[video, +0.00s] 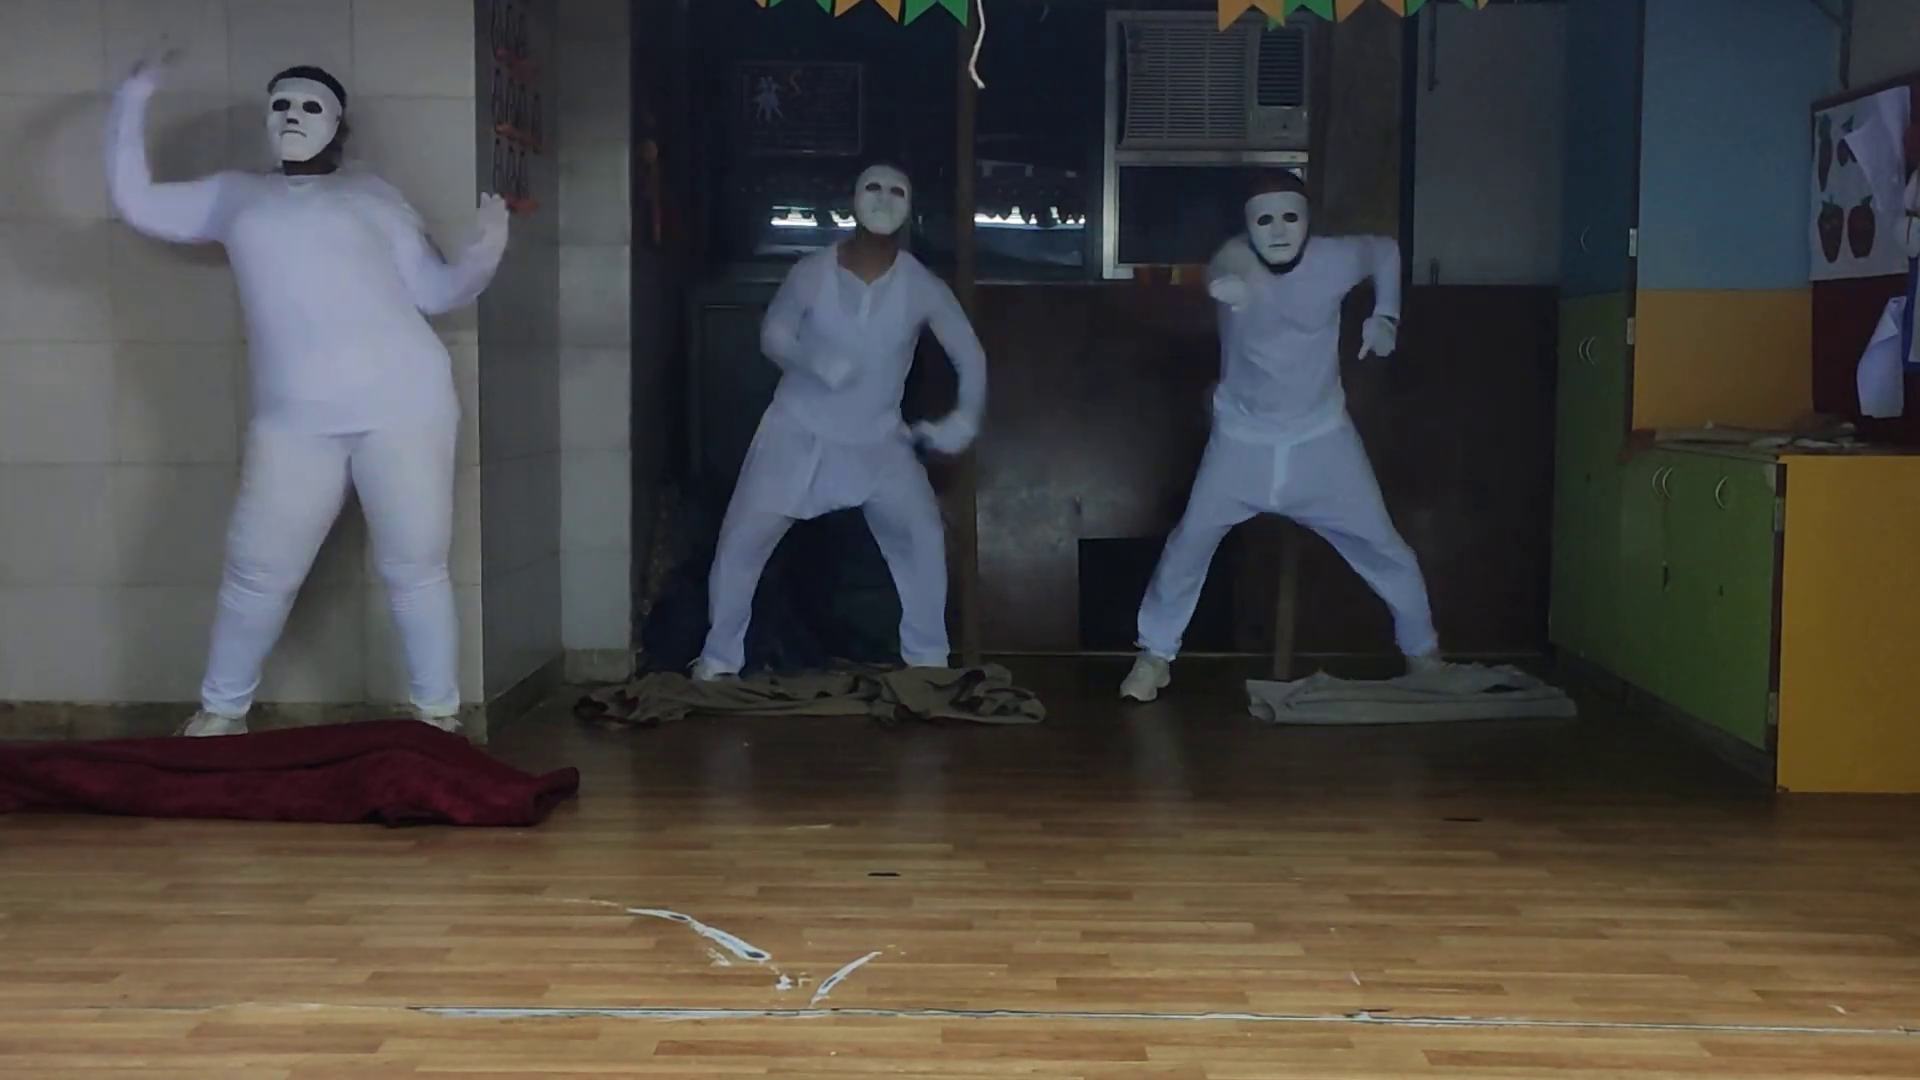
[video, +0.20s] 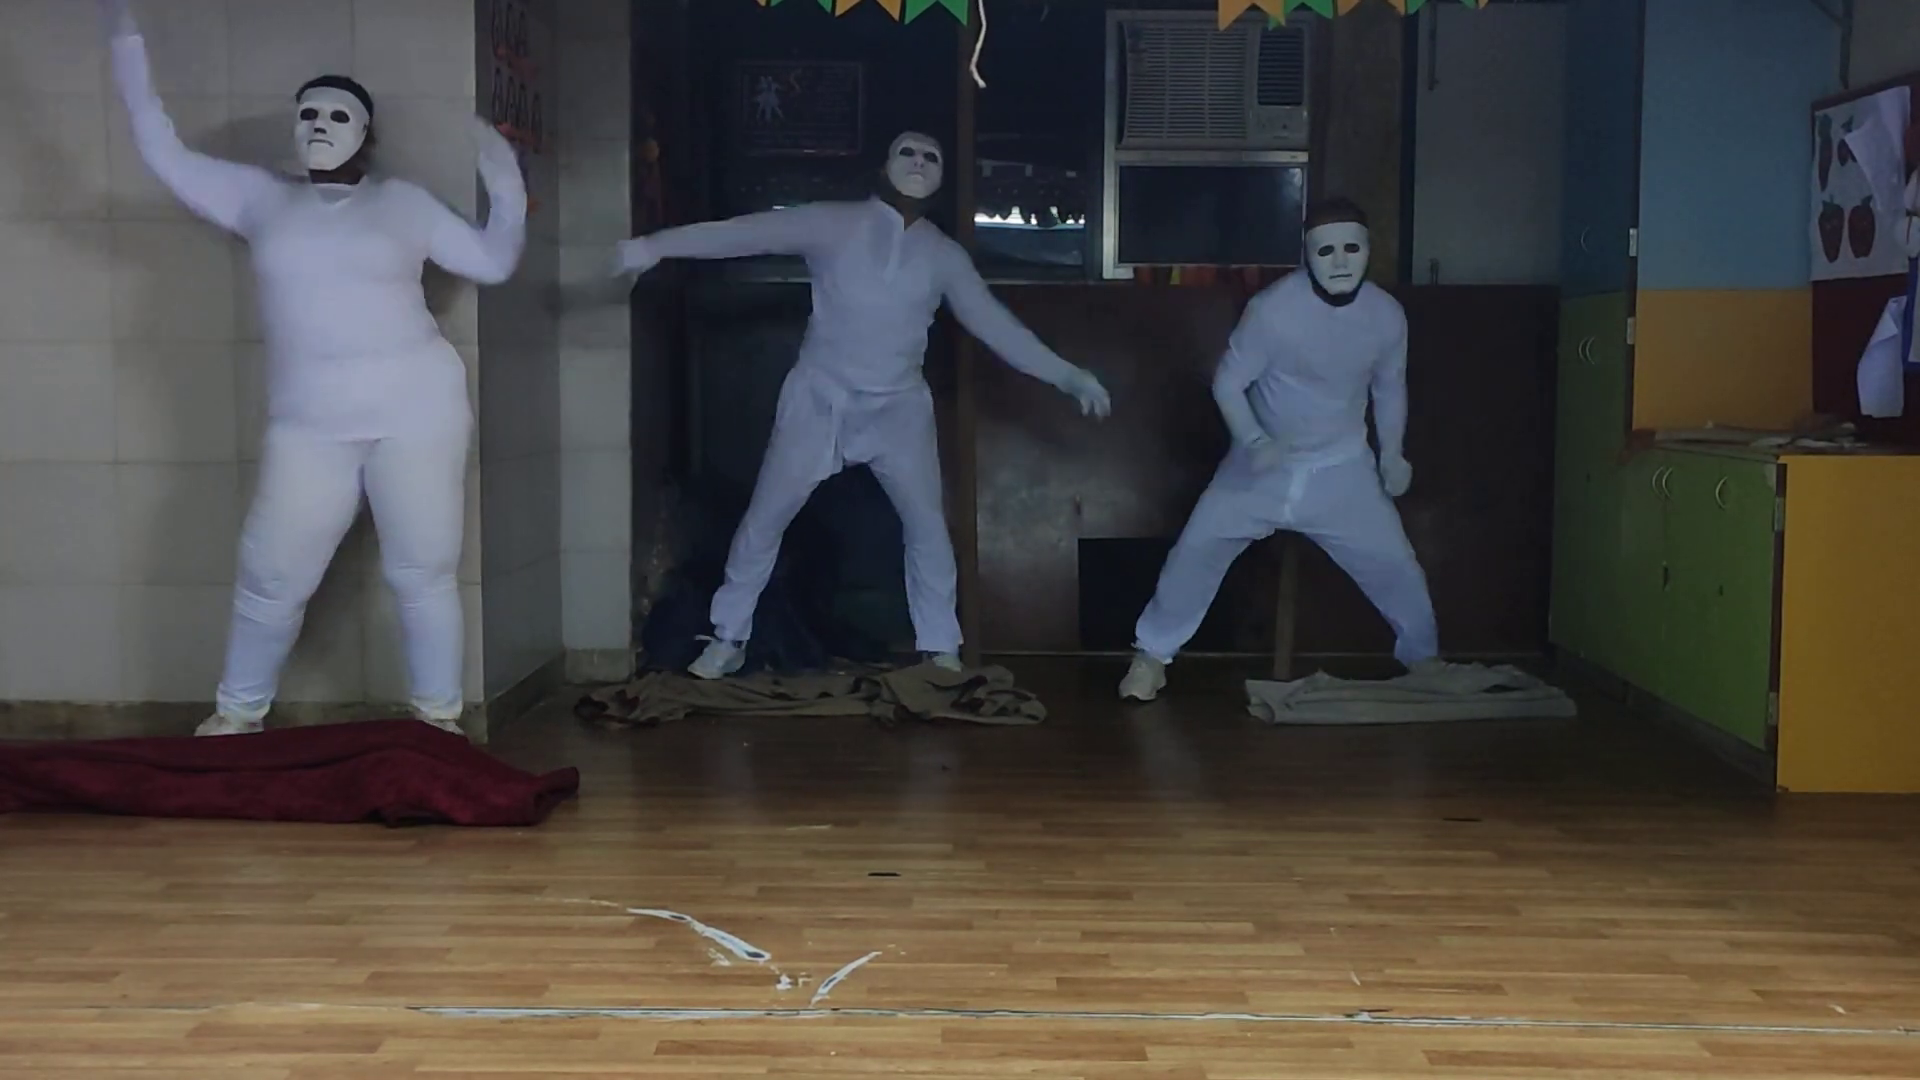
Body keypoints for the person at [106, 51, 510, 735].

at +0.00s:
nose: (292, 118)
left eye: (310, 108)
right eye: (281, 106)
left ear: (338, 123)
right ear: (266, 117)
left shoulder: (376, 199)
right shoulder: (238, 197)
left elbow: (435, 292)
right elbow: (139, 203)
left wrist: (485, 249)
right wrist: (132, 104)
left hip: (404, 408)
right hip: (296, 414)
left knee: (416, 570)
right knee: (257, 573)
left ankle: (439, 719)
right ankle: (220, 717)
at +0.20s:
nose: (322, 128)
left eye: (339, 116)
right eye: (309, 115)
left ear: (367, 130)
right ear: (295, 127)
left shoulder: (404, 206)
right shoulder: (265, 203)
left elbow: (493, 262)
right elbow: (169, 160)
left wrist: (506, 183)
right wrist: (133, 68)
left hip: (414, 414)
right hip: (308, 420)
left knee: (424, 572)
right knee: (271, 573)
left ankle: (439, 719)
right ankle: (239, 715)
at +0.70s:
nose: (303, 127)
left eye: (320, 116)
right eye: (291, 117)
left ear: (347, 130)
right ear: (277, 130)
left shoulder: (389, 212)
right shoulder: (246, 202)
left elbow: (475, 256)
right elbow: (158, 228)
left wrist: (478, 195)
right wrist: (75, 172)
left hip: (346, 418)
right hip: (239, 415)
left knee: (376, 573)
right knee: (237, 572)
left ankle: (431, 716)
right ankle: (247, 716)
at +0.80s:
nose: (307, 106)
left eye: (324, 95)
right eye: (294, 93)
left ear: (349, 109)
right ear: (277, 104)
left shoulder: (381, 193)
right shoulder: (243, 185)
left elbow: (453, 270)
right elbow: (156, 229)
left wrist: (532, 197)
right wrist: (57, 185)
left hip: (367, 401)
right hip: (257, 401)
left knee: (398, 559)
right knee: (250, 561)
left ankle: (432, 711)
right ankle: (246, 713)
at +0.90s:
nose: (316, 110)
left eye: (332, 100)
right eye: (303, 99)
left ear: (356, 116)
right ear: (285, 112)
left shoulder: (386, 195)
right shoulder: (248, 190)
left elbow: (460, 278)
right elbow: (161, 245)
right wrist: (63, 245)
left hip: (389, 400)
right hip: (281, 403)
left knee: (406, 562)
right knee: (263, 568)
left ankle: (430, 714)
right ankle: (252, 716)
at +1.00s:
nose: (326, 129)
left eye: (342, 120)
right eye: (314, 119)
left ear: (367, 137)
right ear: (297, 135)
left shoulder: (400, 222)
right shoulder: (264, 220)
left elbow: (457, 311)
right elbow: (191, 290)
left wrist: (513, 380)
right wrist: (103, 332)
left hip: (407, 423)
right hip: (299, 427)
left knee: (415, 572)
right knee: (268, 574)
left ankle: (429, 713)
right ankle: (260, 713)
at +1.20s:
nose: (316, 116)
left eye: (331, 102)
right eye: (303, 108)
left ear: (361, 116)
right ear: (291, 126)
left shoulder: (407, 201)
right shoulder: (270, 208)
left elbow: (482, 245)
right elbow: (202, 270)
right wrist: (116, 307)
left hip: (398, 408)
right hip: (291, 408)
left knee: (407, 562)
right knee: (251, 558)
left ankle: (430, 716)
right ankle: (241, 706)